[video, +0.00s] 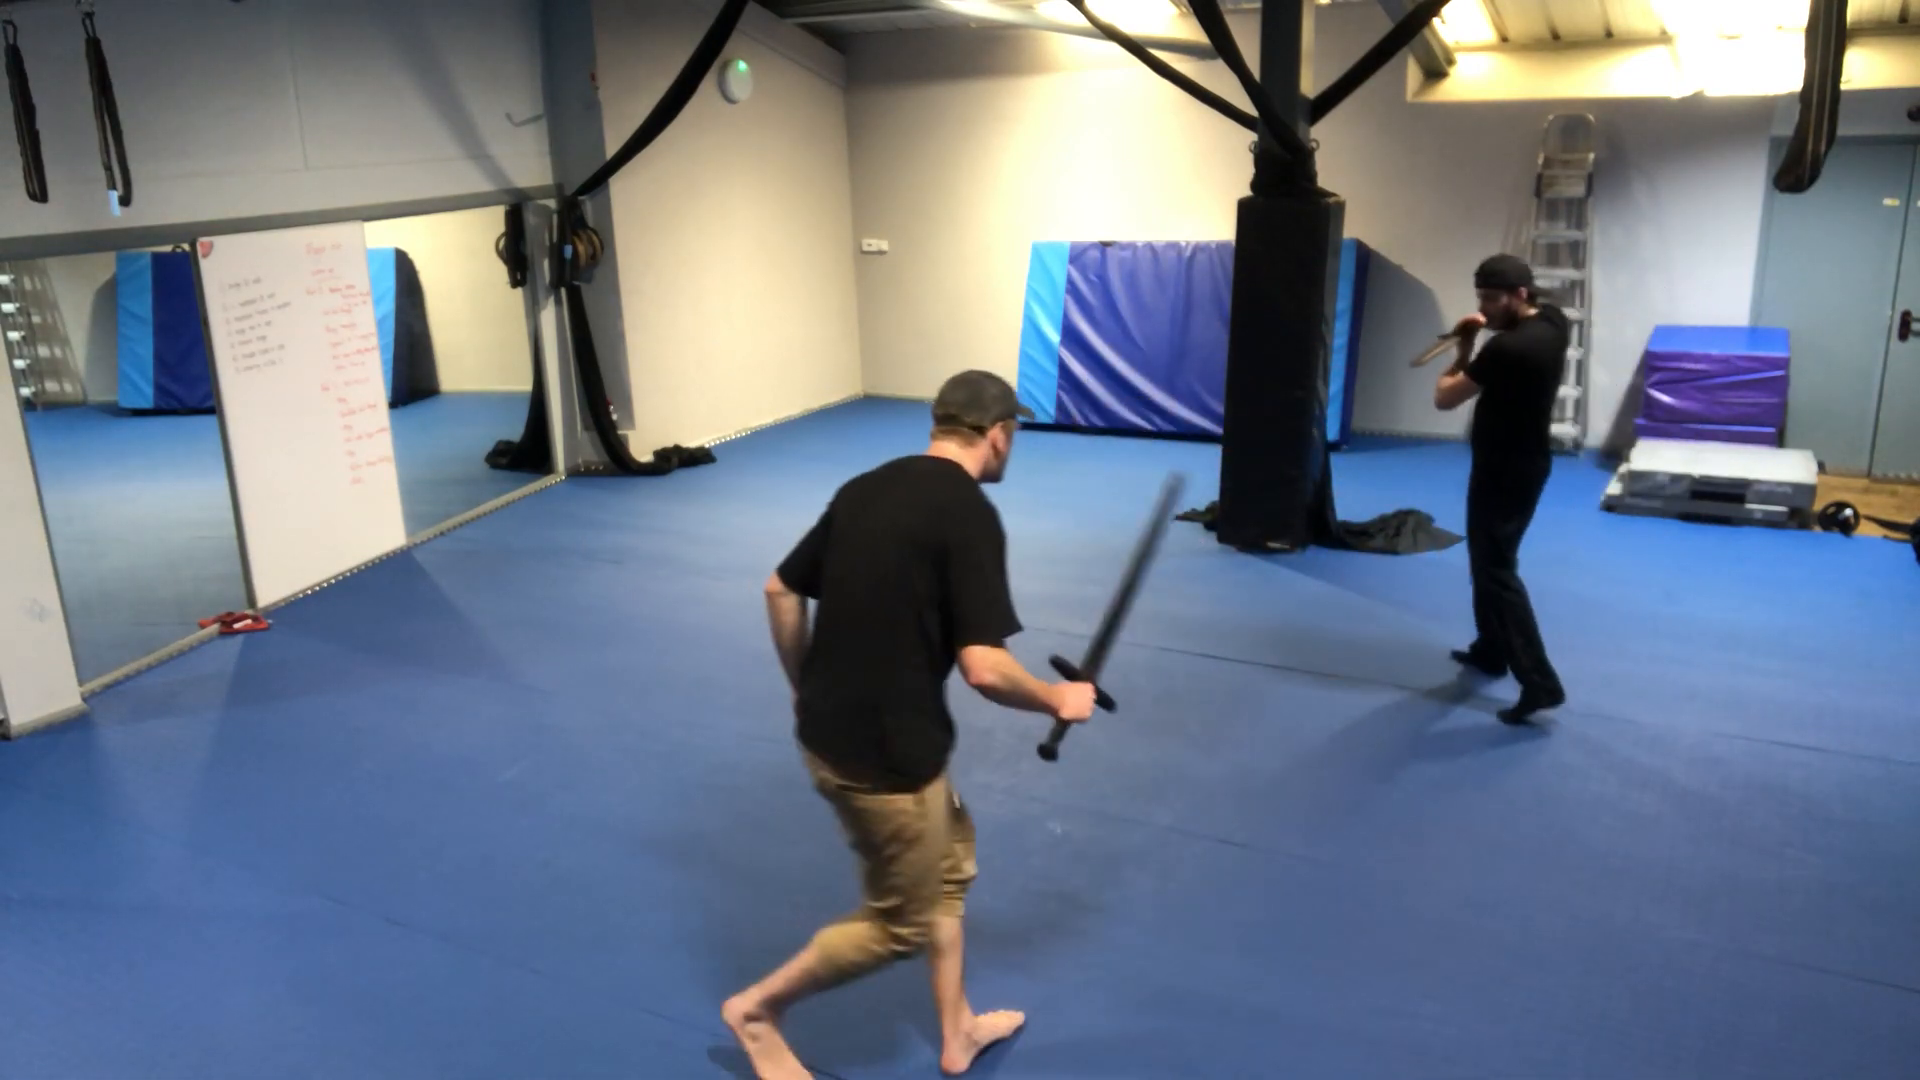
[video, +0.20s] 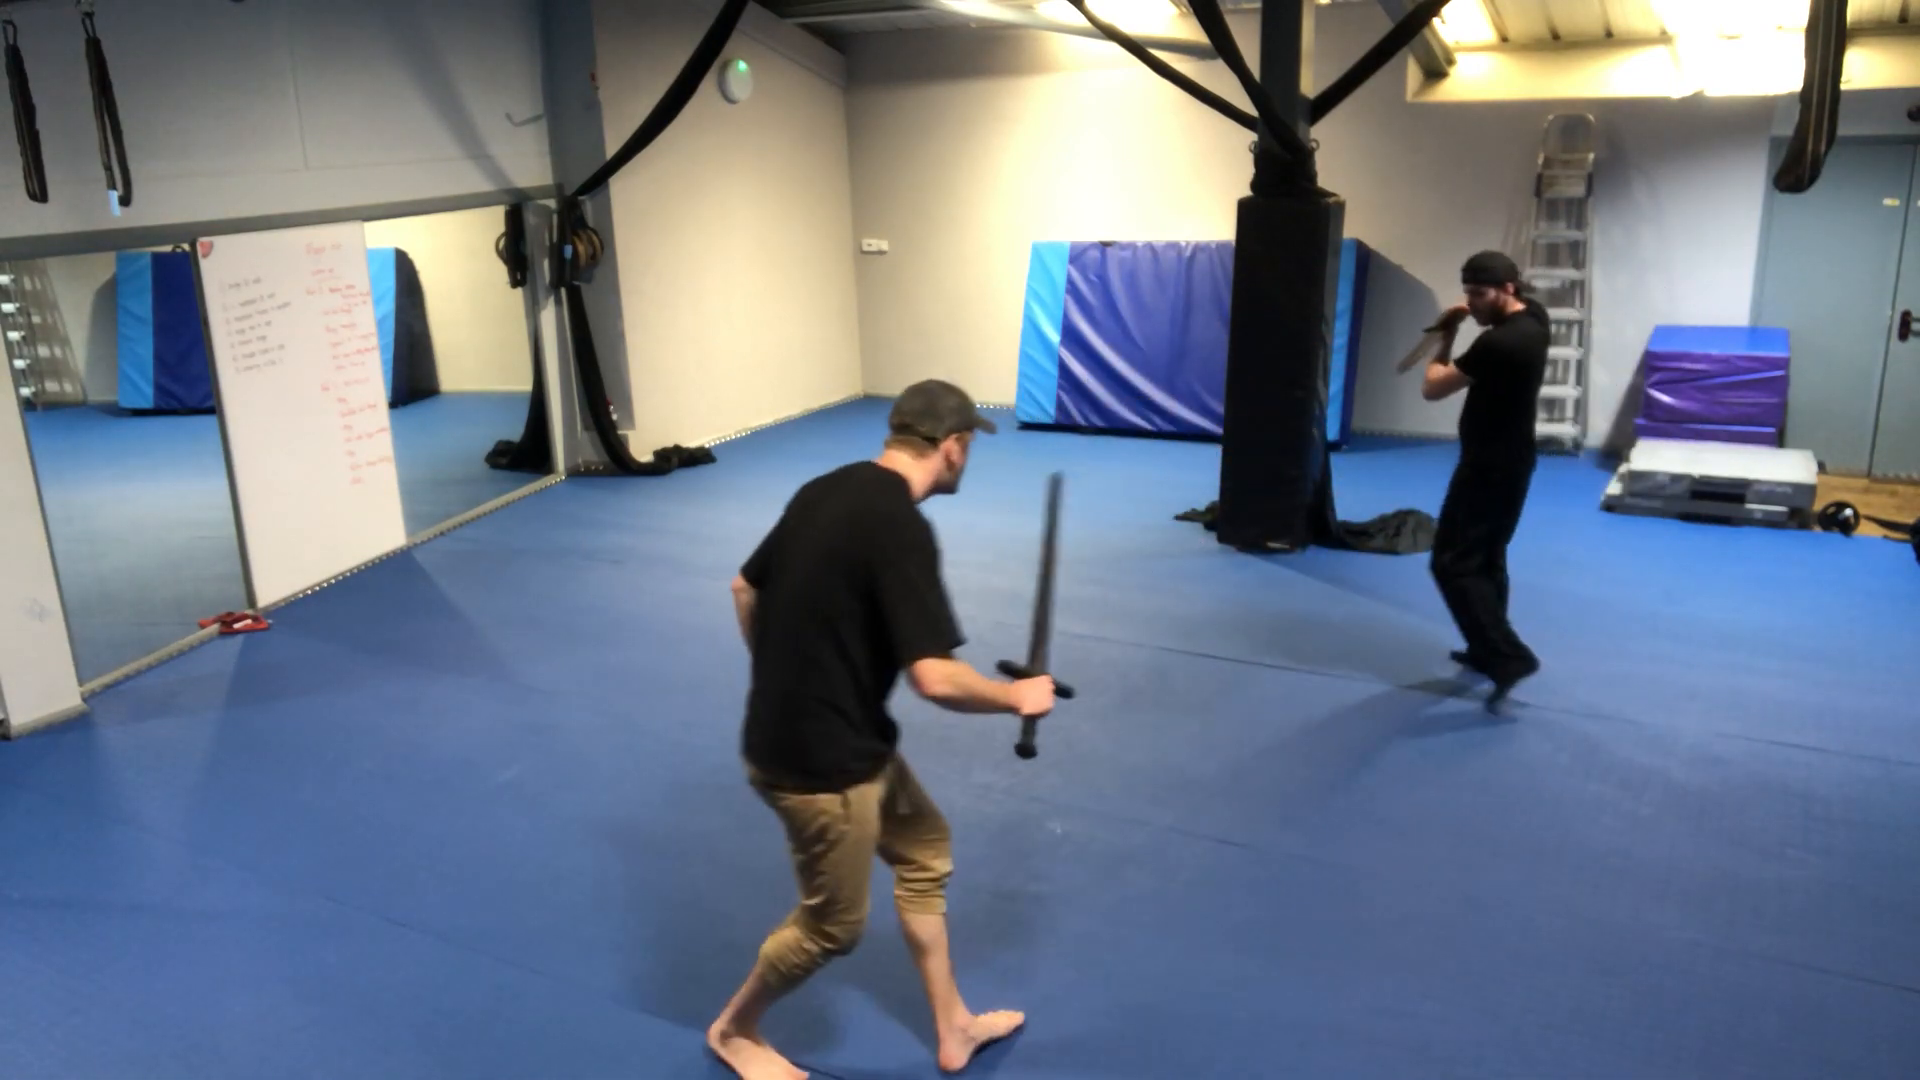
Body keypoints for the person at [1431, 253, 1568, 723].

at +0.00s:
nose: (1483, 308)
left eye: (1491, 299)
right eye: (1481, 298)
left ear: (1519, 296)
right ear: (1525, 296)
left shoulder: (1505, 347)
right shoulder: (1553, 324)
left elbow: (1445, 397)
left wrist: (1463, 353)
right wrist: (1482, 327)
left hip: (1499, 466)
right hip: (1528, 459)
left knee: (1493, 569)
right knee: (1491, 561)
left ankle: (1540, 683)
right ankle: (1492, 649)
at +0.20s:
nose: (1471, 303)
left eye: (1477, 294)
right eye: (1468, 294)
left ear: (1506, 291)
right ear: (1511, 292)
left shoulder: (1496, 341)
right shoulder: (1535, 319)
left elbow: (1433, 387)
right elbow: (1512, 295)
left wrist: (1445, 338)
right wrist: (1470, 313)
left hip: (1486, 461)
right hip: (1513, 457)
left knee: (1449, 561)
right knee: (1488, 557)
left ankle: (1508, 658)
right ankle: (1485, 649)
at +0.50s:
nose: (1442, 300)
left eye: (1450, 291)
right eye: (1443, 290)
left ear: (1478, 291)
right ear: (1483, 292)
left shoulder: (1472, 341)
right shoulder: (1507, 321)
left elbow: (1404, 378)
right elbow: (1490, 295)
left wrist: (1416, 325)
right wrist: (1442, 304)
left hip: (1464, 464)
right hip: (1490, 458)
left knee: (1420, 559)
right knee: (1472, 554)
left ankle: (1389, 664)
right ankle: (1487, 651)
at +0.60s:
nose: (1432, 303)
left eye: (1439, 295)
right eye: (1432, 294)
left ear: (1466, 293)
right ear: (1471, 294)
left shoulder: (1461, 342)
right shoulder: (1495, 320)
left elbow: (1393, 379)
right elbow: (1476, 291)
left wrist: (1405, 324)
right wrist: (1435, 298)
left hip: (1455, 465)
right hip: (1480, 460)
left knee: (1411, 561)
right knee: (1466, 554)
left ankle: (1364, 658)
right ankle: (1486, 651)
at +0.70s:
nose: (1416, 305)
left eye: (1421, 297)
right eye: (1416, 295)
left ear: (1449, 296)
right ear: (1456, 295)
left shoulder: (1444, 344)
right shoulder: (1483, 322)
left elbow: (1375, 378)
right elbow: (1463, 295)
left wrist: (1393, 322)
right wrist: (1424, 300)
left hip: (1441, 466)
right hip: (1470, 459)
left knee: (1398, 566)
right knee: (1460, 553)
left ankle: (1357, 663)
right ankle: (1485, 651)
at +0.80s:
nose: (1402, 306)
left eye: (1405, 299)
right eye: (1400, 298)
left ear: (1431, 297)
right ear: (1439, 295)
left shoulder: (1426, 344)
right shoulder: (1467, 320)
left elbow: (1357, 380)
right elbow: (1441, 292)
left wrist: (1374, 323)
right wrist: (1403, 295)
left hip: (1426, 469)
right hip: (1455, 461)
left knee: (1383, 567)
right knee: (1448, 554)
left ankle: (1354, 666)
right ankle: (1482, 649)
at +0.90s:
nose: (1384, 306)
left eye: (1389, 298)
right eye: (1383, 298)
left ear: (1415, 297)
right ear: (1423, 296)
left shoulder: (1411, 344)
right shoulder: (1448, 323)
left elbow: (1343, 378)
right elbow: (1426, 295)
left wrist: (1360, 326)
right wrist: (1380, 299)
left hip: (1410, 467)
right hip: (1436, 460)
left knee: (1369, 564)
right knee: (1429, 552)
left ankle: (1354, 667)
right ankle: (1472, 642)